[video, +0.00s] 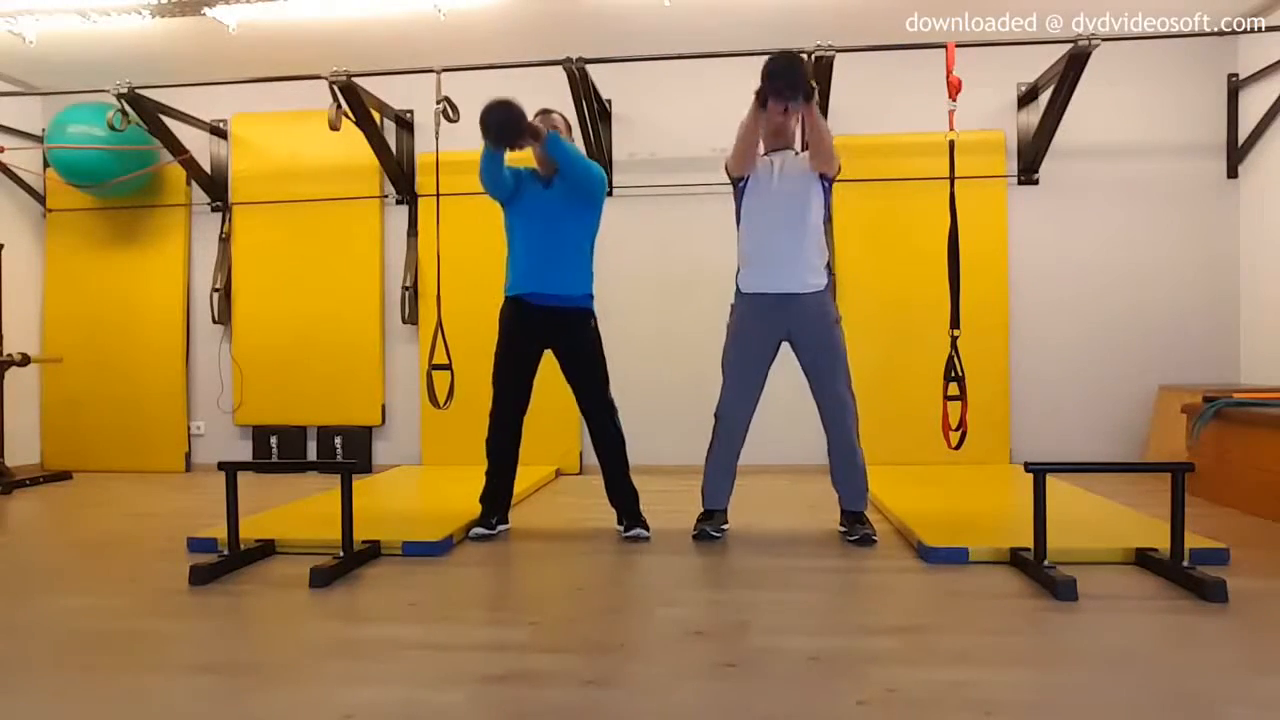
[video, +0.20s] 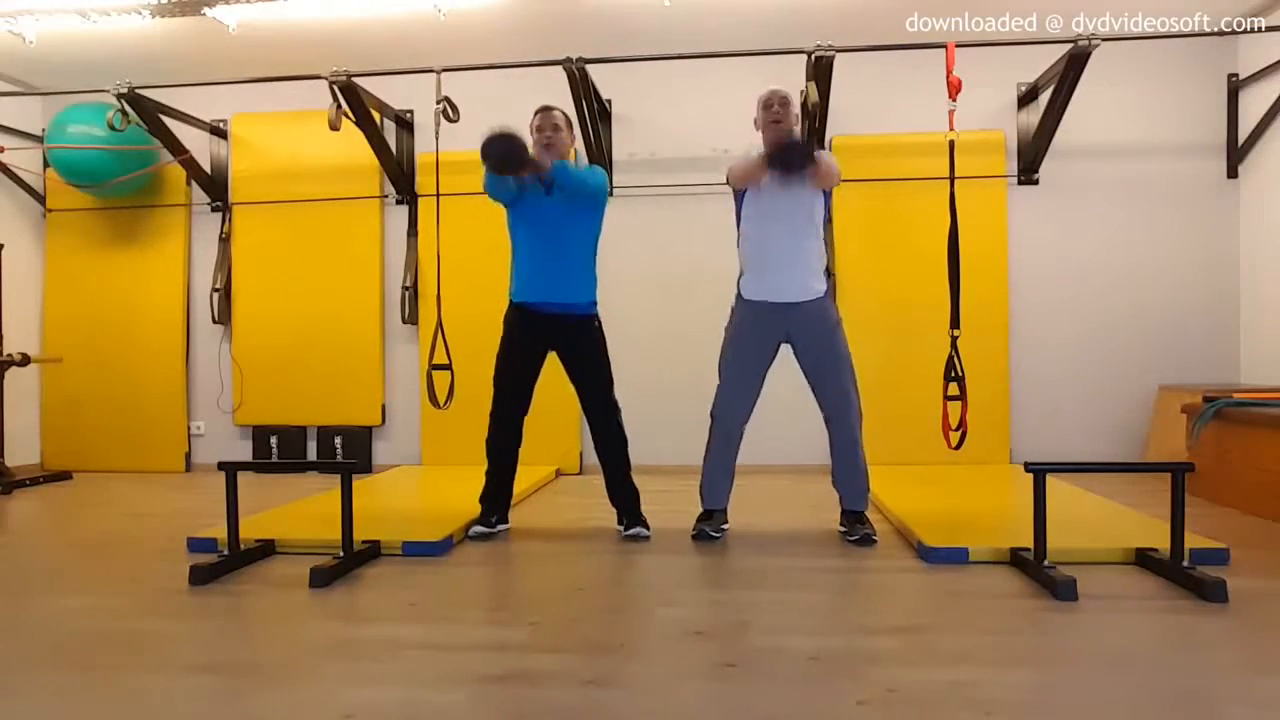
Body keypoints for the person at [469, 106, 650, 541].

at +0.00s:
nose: (549, 135)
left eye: (557, 130)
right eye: (542, 132)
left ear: (572, 140)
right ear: (530, 141)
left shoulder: (591, 181)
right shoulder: (517, 182)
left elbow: (564, 158)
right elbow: (491, 178)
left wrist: (537, 134)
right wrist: (495, 140)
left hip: (574, 313)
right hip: (521, 311)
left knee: (600, 414)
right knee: (505, 414)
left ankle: (630, 517)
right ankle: (494, 514)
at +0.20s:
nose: (547, 134)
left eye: (556, 128)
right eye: (540, 129)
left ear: (572, 138)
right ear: (530, 140)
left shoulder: (593, 177)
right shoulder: (518, 182)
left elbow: (590, 185)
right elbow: (497, 187)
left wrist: (546, 166)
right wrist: (500, 161)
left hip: (578, 319)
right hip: (525, 317)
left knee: (604, 417)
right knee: (505, 416)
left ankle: (630, 516)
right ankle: (493, 514)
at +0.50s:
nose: (543, 156)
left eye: (551, 150)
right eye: (536, 151)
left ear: (567, 161)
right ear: (525, 164)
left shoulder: (593, 218)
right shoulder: (507, 217)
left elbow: (585, 284)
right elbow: (505, 281)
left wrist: (560, 338)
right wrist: (517, 335)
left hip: (581, 335)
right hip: (525, 336)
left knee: (622, 410)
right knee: (489, 411)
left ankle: (631, 514)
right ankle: (493, 512)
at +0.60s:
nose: (530, 177)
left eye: (540, 171)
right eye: (524, 172)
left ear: (560, 180)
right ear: (517, 183)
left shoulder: (590, 237)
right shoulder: (501, 239)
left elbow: (589, 317)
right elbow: (507, 315)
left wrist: (565, 378)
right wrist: (527, 376)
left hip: (585, 348)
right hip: (527, 350)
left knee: (629, 410)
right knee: (484, 412)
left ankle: (632, 514)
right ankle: (493, 513)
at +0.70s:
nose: (520, 207)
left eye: (530, 199)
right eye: (514, 199)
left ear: (552, 205)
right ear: (508, 208)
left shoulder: (587, 258)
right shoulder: (496, 263)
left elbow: (591, 335)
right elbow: (511, 339)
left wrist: (571, 394)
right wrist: (542, 400)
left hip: (584, 359)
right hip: (527, 362)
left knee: (633, 412)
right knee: (478, 413)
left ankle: (632, 515)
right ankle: (493, 514)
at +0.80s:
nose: (519, 231)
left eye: (528, 222)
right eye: (512, 223)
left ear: (550, 225)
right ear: (506, 229)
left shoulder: (584, 271)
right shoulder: (494, 277)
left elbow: (590, 342)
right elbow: (509, 345)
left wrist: (572, 394)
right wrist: (536, 396)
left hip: (583, 364)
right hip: (525, 367)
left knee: (629, 413)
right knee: (474, 414)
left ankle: (632, 515)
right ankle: (491, 514)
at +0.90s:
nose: (522, 221)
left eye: (532, 212)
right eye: (514, 214)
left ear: (551, 217)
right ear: (507, 221)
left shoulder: (584, 266)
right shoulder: (493, 270)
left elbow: (588, 339)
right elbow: (506, 341)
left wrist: (568, 395)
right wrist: (532, 394)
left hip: (581, 363)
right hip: (523, 365)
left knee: (624, 413)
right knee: (472, 413)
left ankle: (631, 515)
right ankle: (491, 514)